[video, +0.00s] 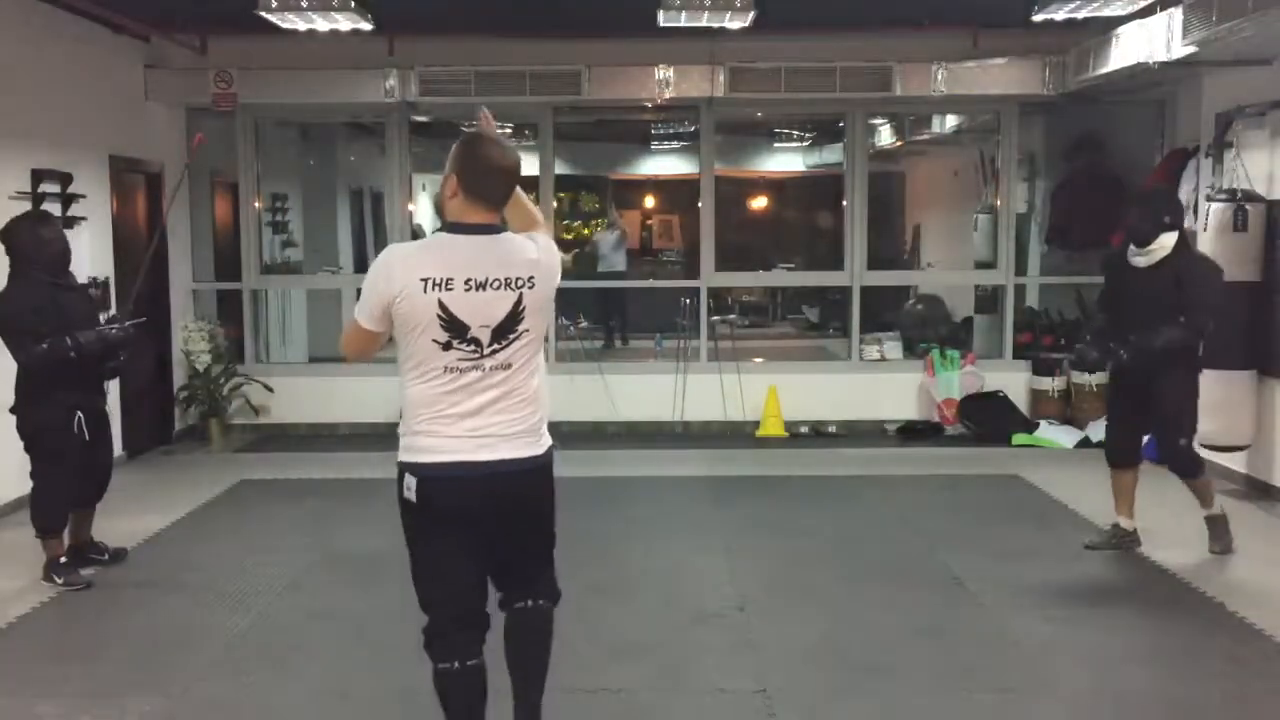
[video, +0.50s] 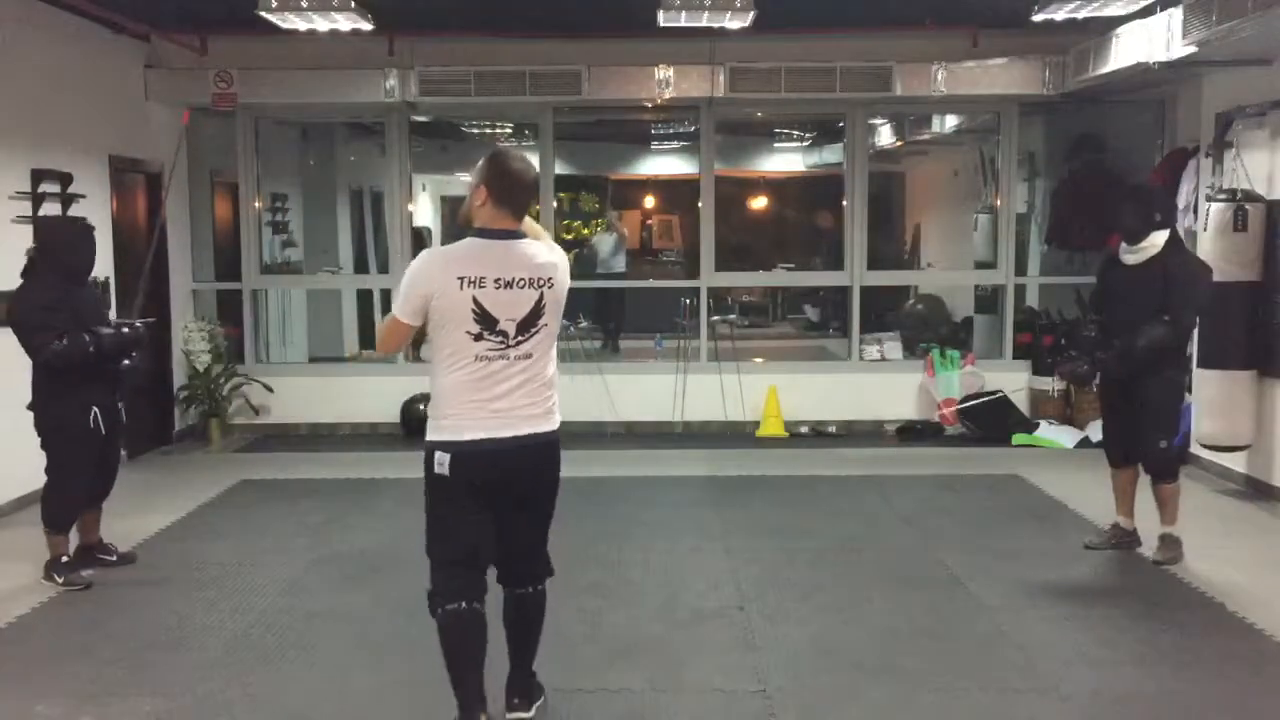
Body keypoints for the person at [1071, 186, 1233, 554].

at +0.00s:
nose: (1135, 223)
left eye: (1144, 215)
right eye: (1134, 214)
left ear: (1166, 220)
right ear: (1129, 217)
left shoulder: (1195, 269)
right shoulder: (1120, 265)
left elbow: (1197, 327)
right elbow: (1107, 314)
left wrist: (1143, 343)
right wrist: (1094, 342)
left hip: (1174, 372)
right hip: (1128, 370)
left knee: (1177, 451)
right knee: (1120, 446)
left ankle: (1213, 514)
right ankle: (1124, 527)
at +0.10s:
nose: (1128, 226)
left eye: (1137, 218)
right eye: (1127, 218)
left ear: (1158, 220)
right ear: (1122, 221)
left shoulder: (1187, 267)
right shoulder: (1115, 264)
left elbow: (1189, 324)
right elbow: (1100, 316)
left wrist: (1139, 345)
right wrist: (1092, 347)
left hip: (1167, 370)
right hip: (1122, 368)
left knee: (1168, 453)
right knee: (1119, 447)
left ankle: (1195, 520)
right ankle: (1124, 527)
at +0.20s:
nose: (1124, 231)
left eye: (1130, 223)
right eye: (1120, 224)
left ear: (1149, 220)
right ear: (1116, 225)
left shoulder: (1182, 265)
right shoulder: (1111, 266)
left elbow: (1184, 323)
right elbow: (1096, 319)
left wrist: (1137, 347)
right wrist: (1094, 350)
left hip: (1162, 377)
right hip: (1118, 375)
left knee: (1160, 457)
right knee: (1120, 452)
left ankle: (1172, 535)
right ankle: (1124, 528)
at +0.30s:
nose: (1121, 225)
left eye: (1128, 217)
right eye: (1119, 217)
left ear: (1148, 216)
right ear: (1117, 221)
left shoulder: (1180, 264)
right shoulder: (1111, 266)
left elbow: (1180, 325)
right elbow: (1095, 318)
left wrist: (1131, 349)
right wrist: (1093, 349)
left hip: (1159, 375)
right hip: (1117, 374)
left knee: (1157, 458)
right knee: (1119, 453)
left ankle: (1168, 536)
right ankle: (1123, 528)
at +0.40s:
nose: (1120, 225)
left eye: (1127, 217)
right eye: (1118, 217)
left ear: (1147, 216)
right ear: (1117, 220)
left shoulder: (1179, 264)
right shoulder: (1111, 265)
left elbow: (1179, 325)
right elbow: (1096, 318)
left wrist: (1128, 350)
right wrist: (1093, 349)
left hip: (1160, 376)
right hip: (1116, 375)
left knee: (1160, 457)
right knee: (1119, 452)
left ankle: (1169, 536)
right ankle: (1123, 528)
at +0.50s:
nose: (1126, 226)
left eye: (1132, 218)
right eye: (1123, 219)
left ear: (1150, 218)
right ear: (1120, 221)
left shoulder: (1180, 263)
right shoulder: (1113, 263)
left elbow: (1178, 325)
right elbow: (1097, 315)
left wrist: (1131, 349)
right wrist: (1091, 346)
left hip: (1160, 375)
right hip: (1117, 373)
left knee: (1161, 456)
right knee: (1120, 451)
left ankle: (1169, 536)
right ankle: (1124, 528)